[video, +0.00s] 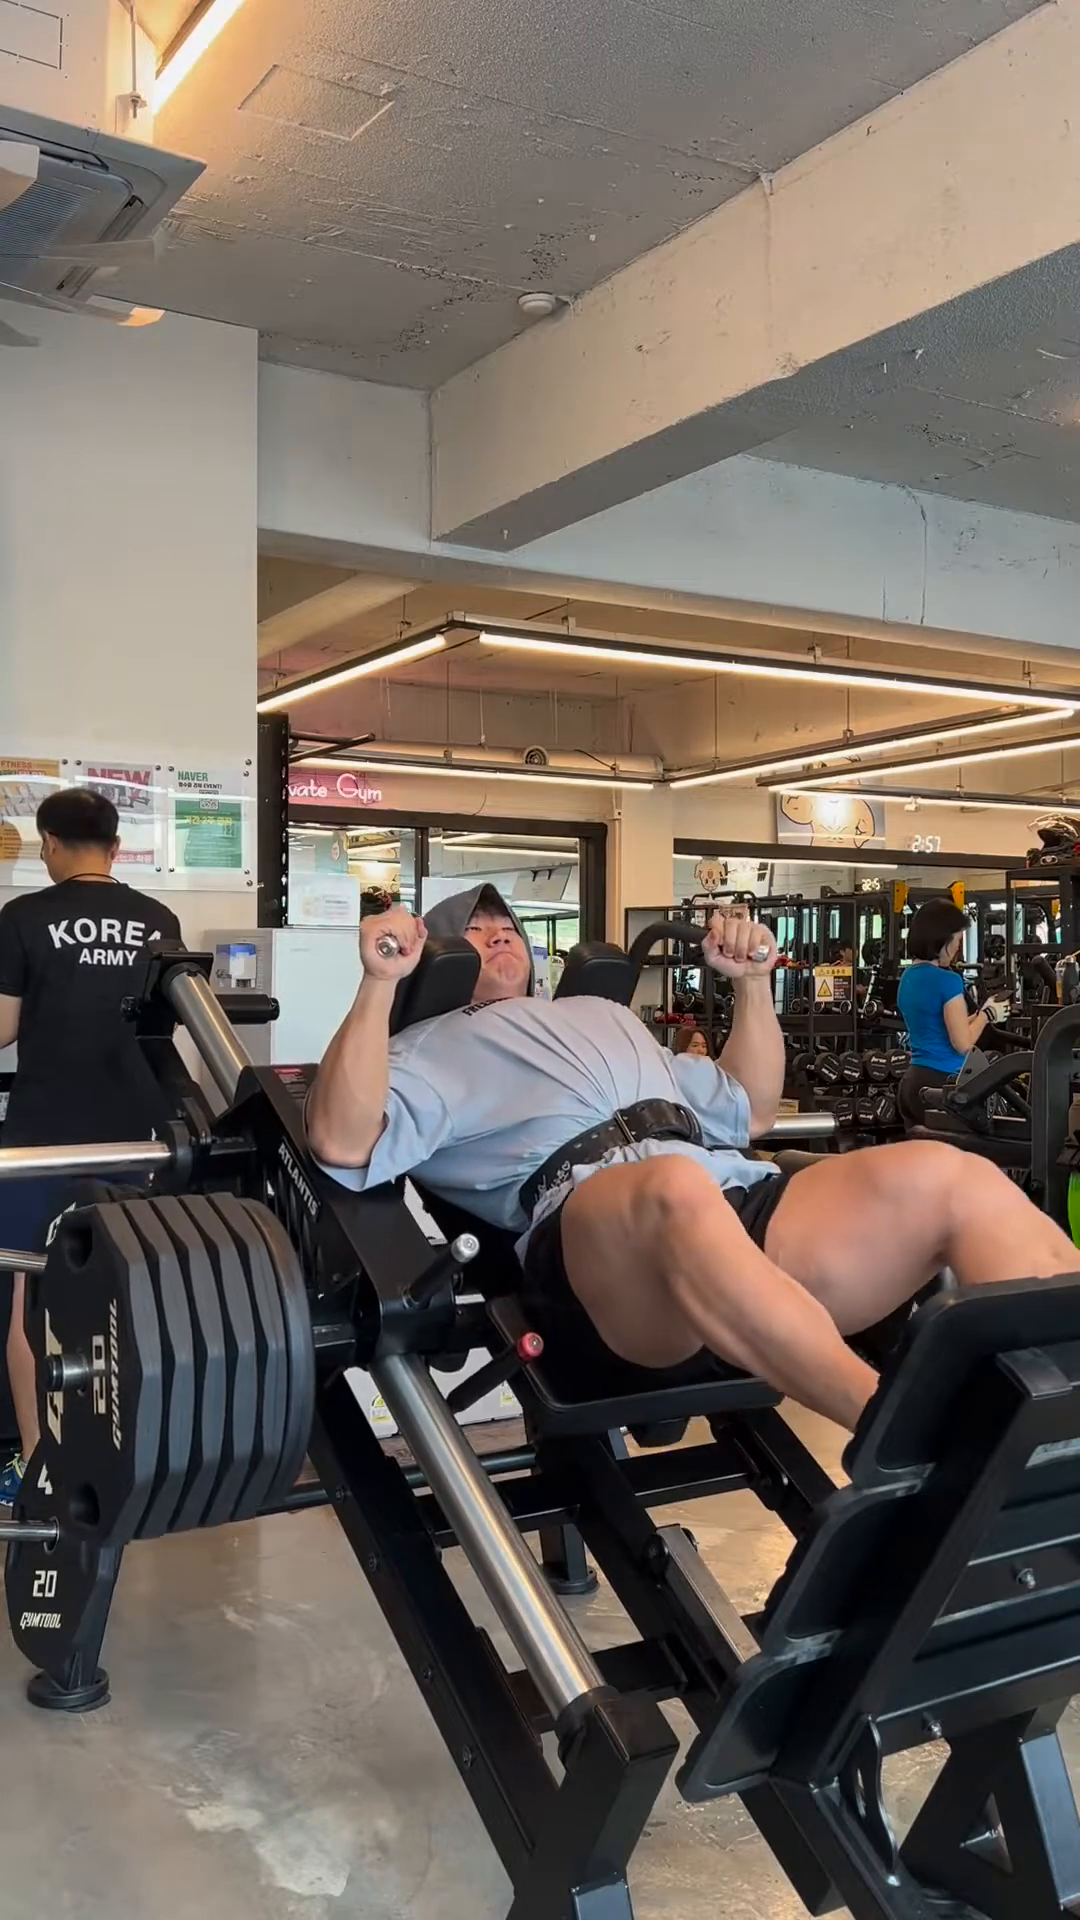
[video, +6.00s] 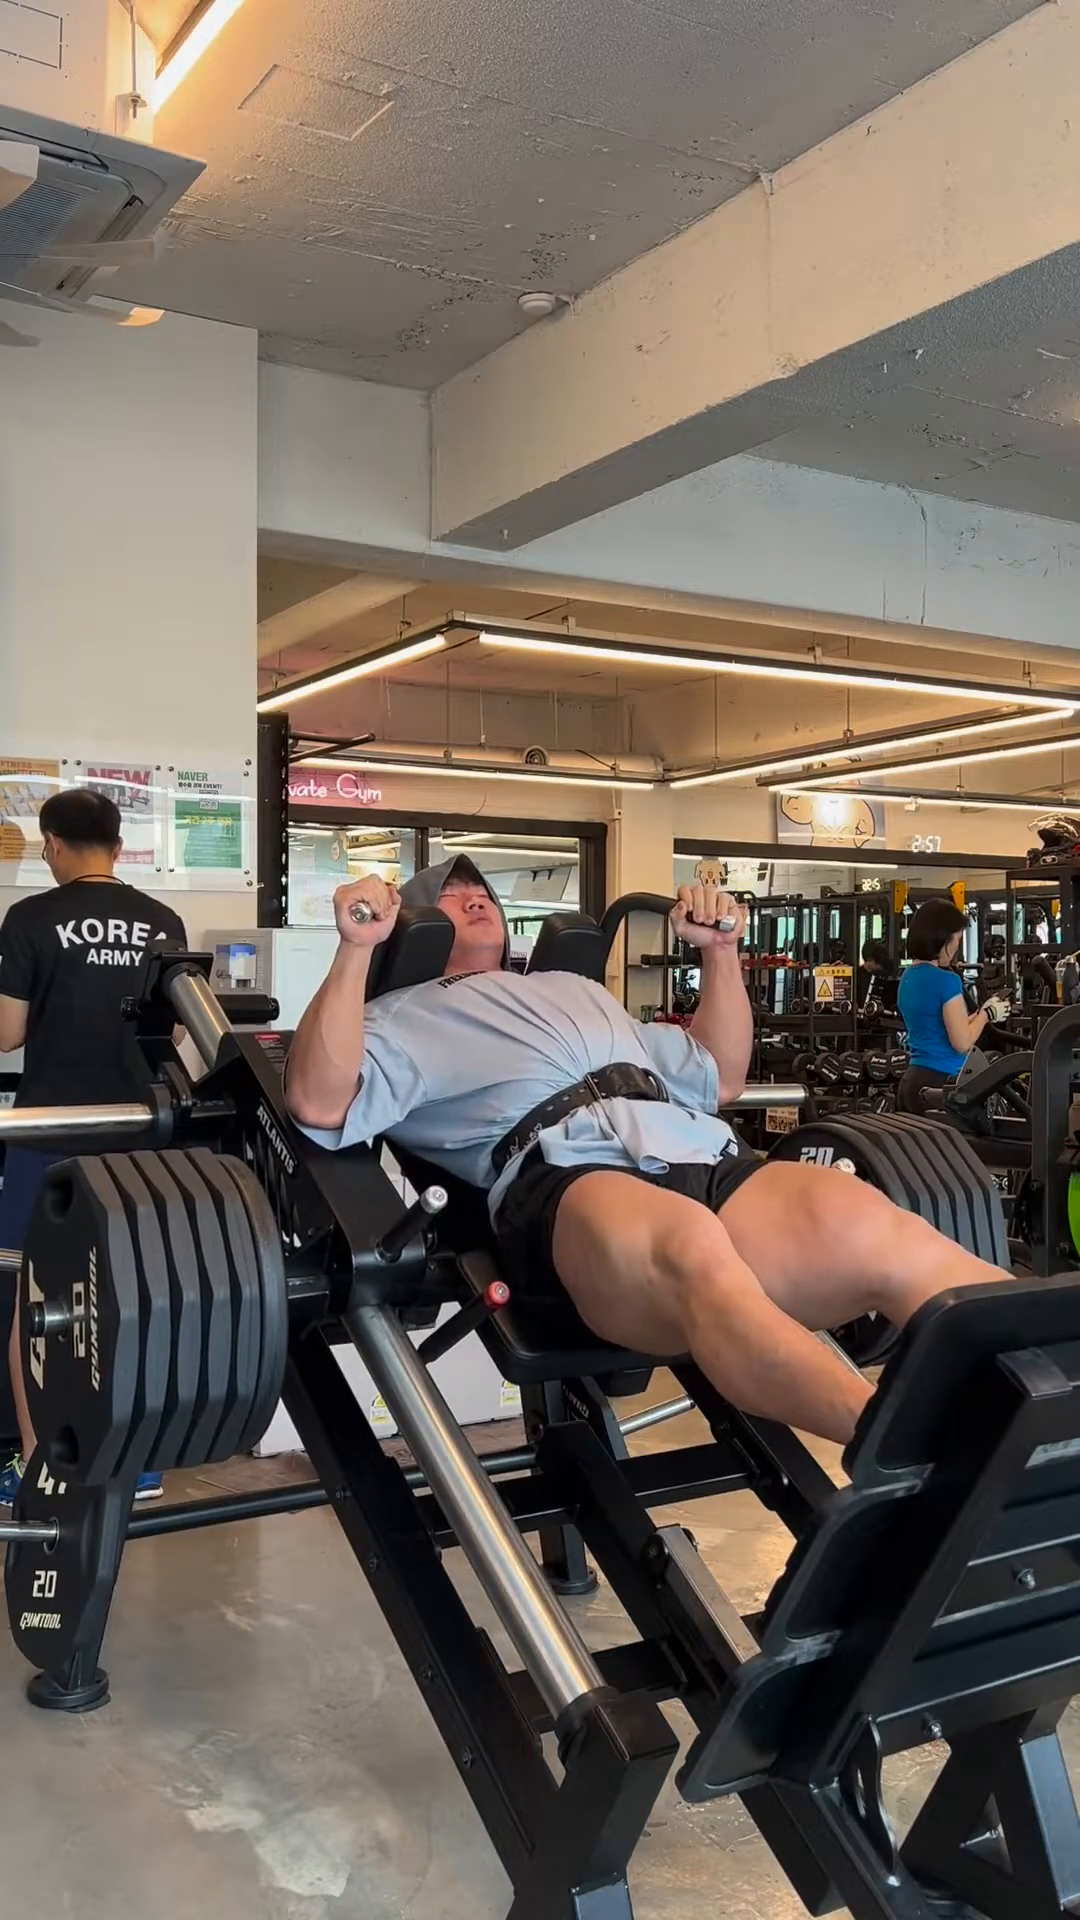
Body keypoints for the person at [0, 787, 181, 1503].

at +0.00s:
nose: (48, 857)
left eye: (45, 847)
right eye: (59, 848)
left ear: (48, 846)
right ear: (116, 849)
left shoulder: (25, 916)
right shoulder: (159, 918)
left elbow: (4, 1027)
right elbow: (173, 1020)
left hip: (44, 1133)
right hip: (139, 1130)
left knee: (21, 1297)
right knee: (128, 1290)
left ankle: (38, 1456)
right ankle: (126, 1448)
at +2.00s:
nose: (47, 859)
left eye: (44, 849)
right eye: (51, 849)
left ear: (48, 847)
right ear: (116, 848)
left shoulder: (28, 916)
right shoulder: (163, 918)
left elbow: (6, 1020)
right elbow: (178, 1023)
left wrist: (47, 1004)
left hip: (47, 1130)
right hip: (135, 1132)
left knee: (26, 1298)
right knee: (130, 1288)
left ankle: (41, 1462)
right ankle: (138, 1447)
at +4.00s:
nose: (49, 858)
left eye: (47, 847)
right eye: (56, 848)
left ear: (50, 846)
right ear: (117, 848)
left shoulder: (29, 919)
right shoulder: (164, 921)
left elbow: (9, 1032)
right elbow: (170, 1021)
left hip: (50, 1130)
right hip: (142, 1128)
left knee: (23, 1297)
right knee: (128, 1287)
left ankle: (41, 1458)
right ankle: (131, 1445)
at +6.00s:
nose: (49, 858)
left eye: (46, 848)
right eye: (53, 849)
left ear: (52, 847)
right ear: (118, 847)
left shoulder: (33, 917)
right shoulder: (165, 920)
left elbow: (8, 1032)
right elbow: (179, 1031)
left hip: (47, 1139)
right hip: (139, 1141)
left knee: (29, 1299)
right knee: (133, 1297)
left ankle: (36, 1458)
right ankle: (136, 1463)